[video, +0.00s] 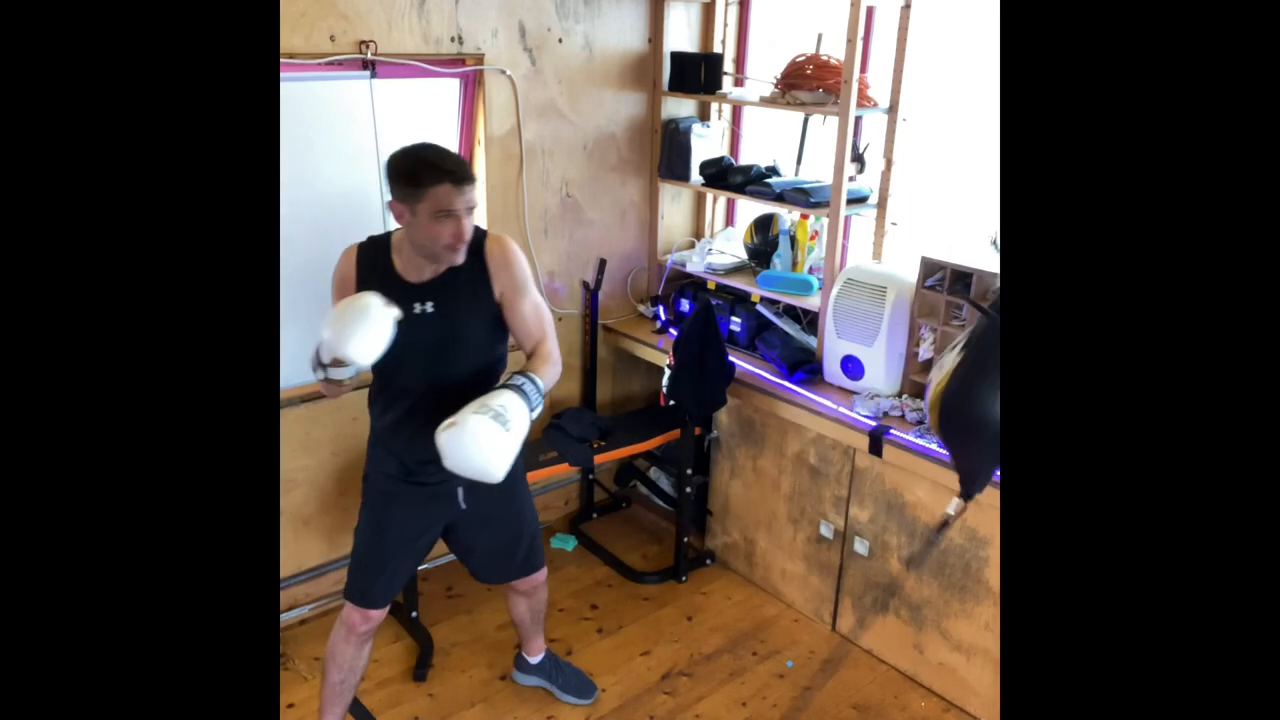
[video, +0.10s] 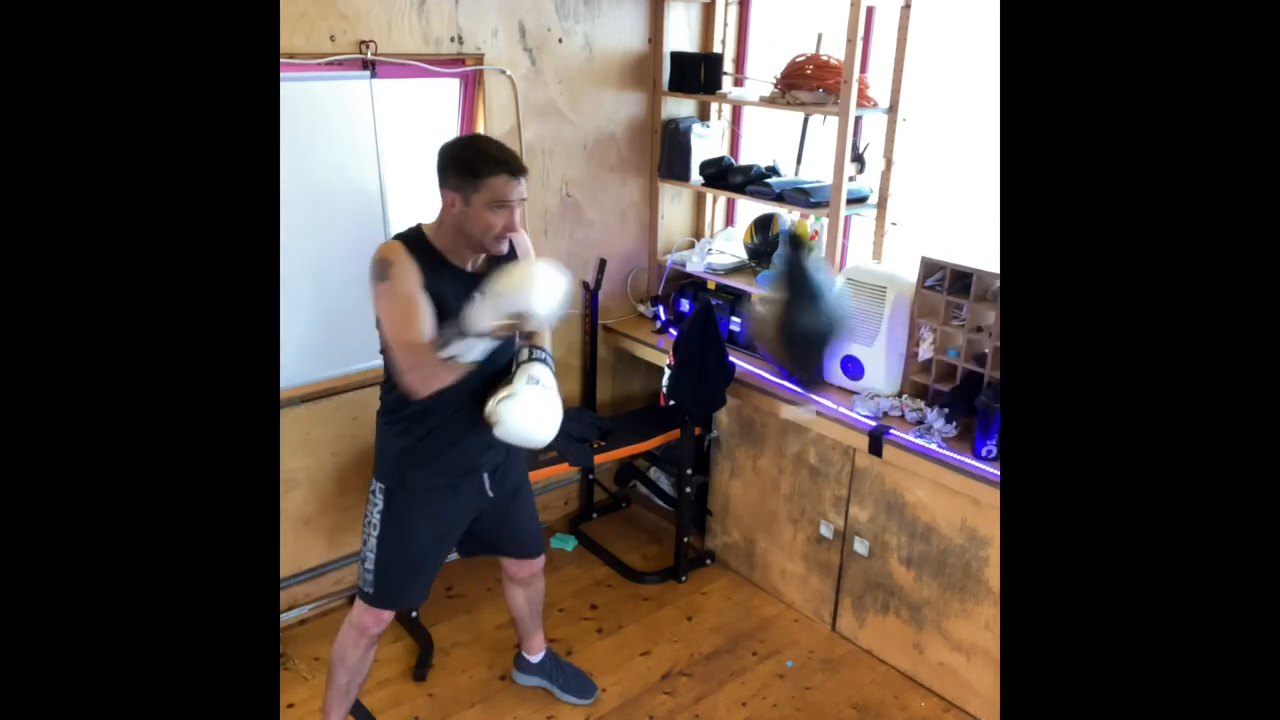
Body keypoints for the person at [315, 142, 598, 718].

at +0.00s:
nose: (464, 230)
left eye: (470, 212)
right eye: (446, 216)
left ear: (477, 204)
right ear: (400, 214)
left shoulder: (499, 258)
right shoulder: (359, 267)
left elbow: (546, 353)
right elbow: (334, 384)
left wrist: (520, 399)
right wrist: (338, 359)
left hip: (487, 451)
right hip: (402, 459)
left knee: (530, 577)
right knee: (363, 614)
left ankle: (535, 659)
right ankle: (333, 713)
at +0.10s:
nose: (515, 224)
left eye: (519, 207)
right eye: (500, 207)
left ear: (522, 202)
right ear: (453, 202)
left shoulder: (511, 247)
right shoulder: (398, 262)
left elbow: (534, 323)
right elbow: (418, 378)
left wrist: (536, 372)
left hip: (495, 442)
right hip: (421, 457)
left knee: (527, 564)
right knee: (374, 613)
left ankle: (535, 658)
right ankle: (336, 712)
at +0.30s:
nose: (520, 224)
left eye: (529, 208)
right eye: (505, 206)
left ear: (537, 203)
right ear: (465, 197)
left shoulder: (509, 251)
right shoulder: (429, 260)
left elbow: (512, 327)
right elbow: (463, 371)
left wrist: (542, 322)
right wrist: (557, 372)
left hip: (490, 442)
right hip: (423, 455)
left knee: (517, 559)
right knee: (389, 616)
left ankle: (533, 658)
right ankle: (352, 714)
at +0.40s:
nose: (484, 226)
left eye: (498, 209)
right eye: (468, 209)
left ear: (513, 201)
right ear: (441, 198)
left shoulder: (513, 248)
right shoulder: (402, 264)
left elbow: (534, 353)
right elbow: (396, 387)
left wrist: (542, 326)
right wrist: (486, 403)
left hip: (494, 432)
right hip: (419, 440)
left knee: (526, 562)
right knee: (389, 620)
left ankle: (534, 657)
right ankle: (350, 714)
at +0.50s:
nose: (431, 233)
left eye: (447, 215)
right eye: (415, 215)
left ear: (474, 204)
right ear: (399, 206)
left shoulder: (506, 251)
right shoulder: (373, 257)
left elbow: (534, 359)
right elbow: (351, 364)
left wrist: (481, 328)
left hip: (492, 448)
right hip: (409, 454)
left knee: (530, 577)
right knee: (377, 621)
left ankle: (534, 659)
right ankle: (347, 713)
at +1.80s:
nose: (685, 234)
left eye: (698, 218)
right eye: (675, 219)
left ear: (733, 205)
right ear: (666, 211)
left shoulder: (787, 258)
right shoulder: (664, 269)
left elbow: (827, 363)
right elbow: (639, 384)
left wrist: (785, 326)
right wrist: (639, 329)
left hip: (768, 450)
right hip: (692, 450)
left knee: (797, 579)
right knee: (657, 595)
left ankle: (804, 656)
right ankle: (621, 672)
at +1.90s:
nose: (683, 221)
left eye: (695, 207)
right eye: (676, 206)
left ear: (735, 190)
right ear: (667, 197)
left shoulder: (794, 238)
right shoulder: (665, 239)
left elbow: (838, 340)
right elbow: (613, 303)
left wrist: (795, 321)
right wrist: (586, 297)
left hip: (772, 435)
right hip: (694, 432)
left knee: (801, 565)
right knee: (651, 566)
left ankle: (812, 651)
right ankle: (612, 670)